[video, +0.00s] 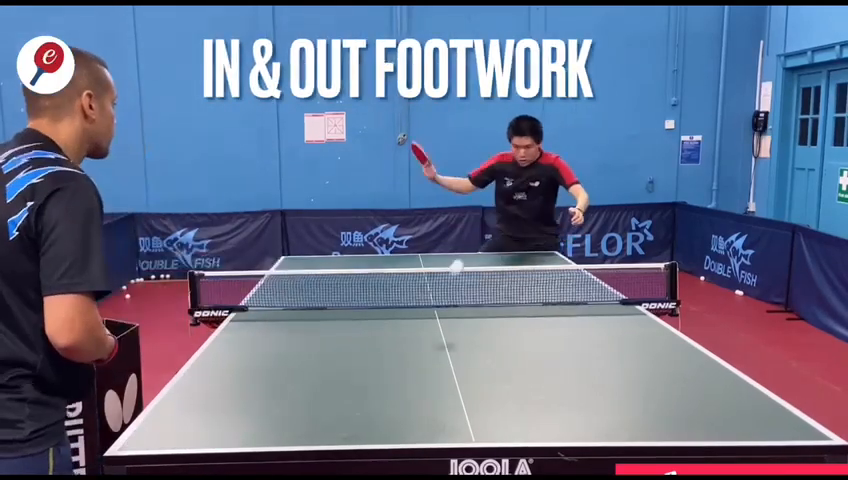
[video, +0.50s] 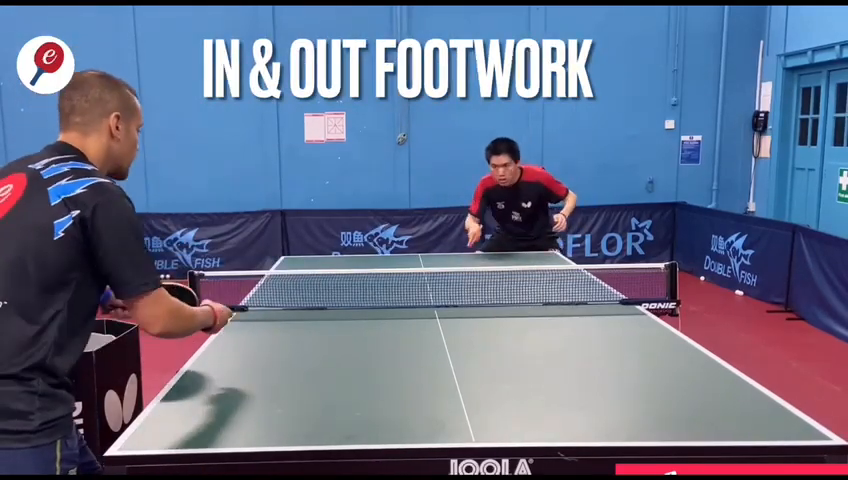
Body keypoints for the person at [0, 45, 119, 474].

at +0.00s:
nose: (115, 120)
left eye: (114, 107)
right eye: (112, 106)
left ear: (37, 105)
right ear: (87, 104)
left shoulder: (8, 162)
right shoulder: (65, 184)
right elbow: (68, 330)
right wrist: (105, 347)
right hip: (24, 436)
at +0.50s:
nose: (137, 146)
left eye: (139, 133)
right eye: (137, 132)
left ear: (67, 123)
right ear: (114, 126)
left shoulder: (12, 174)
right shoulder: (99, 195)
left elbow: (26, 289)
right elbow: (157, 318)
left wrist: (102, 302)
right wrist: (209, 315)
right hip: (28, 429)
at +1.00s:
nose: (166, 198)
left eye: (171, 184)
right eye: (170, 182)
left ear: (106, 160)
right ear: (152, 170)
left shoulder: (35, 199)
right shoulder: (133, 227)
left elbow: (54, 299)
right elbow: (196, 343)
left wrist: (138, 315)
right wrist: (239, 337)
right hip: (23, 432)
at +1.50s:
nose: (156, 170)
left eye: (158, 158)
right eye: (158, 158)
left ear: (90, 145)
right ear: (142, 153)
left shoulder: (37, 191)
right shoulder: (103, 217)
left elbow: (79, 280)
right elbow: (149, 350)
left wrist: (174, 280)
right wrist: (206, 339)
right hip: (23, 431)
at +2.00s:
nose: (133, 158)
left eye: (136, 145)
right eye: (134, 143)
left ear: (60, 130)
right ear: (114, 135)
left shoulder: (10, 179)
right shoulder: (81, 205)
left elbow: (22, 310)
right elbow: (89, 353)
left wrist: (108, 327)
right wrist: (144, 373)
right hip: (14, 440)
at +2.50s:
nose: (96, 116)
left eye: (94, 101)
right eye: (90, 99)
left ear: (56, 100)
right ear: (56, 99)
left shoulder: (30, 178)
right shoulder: (7, 184)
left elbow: (71, 255)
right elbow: (3, 336)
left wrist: (174, 268)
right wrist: (59, 356)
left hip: (14, 408)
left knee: (45, 469)